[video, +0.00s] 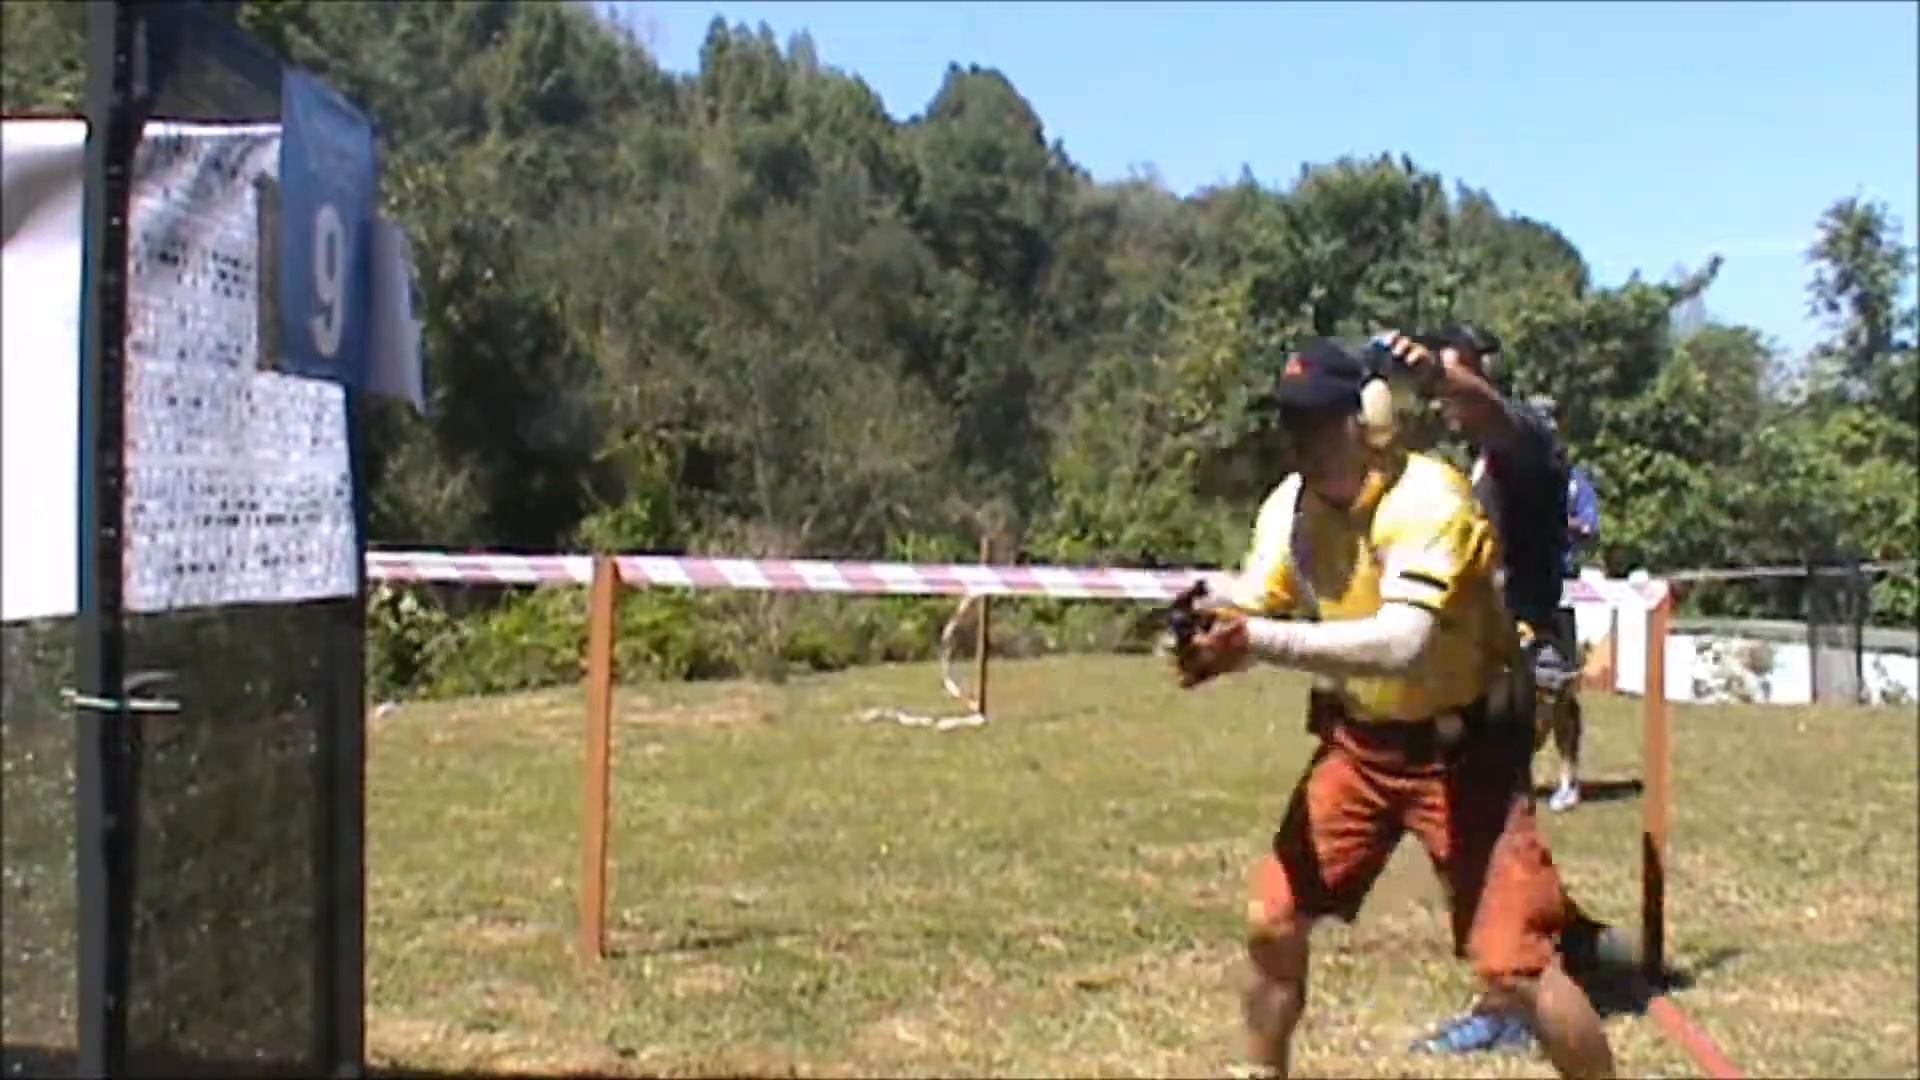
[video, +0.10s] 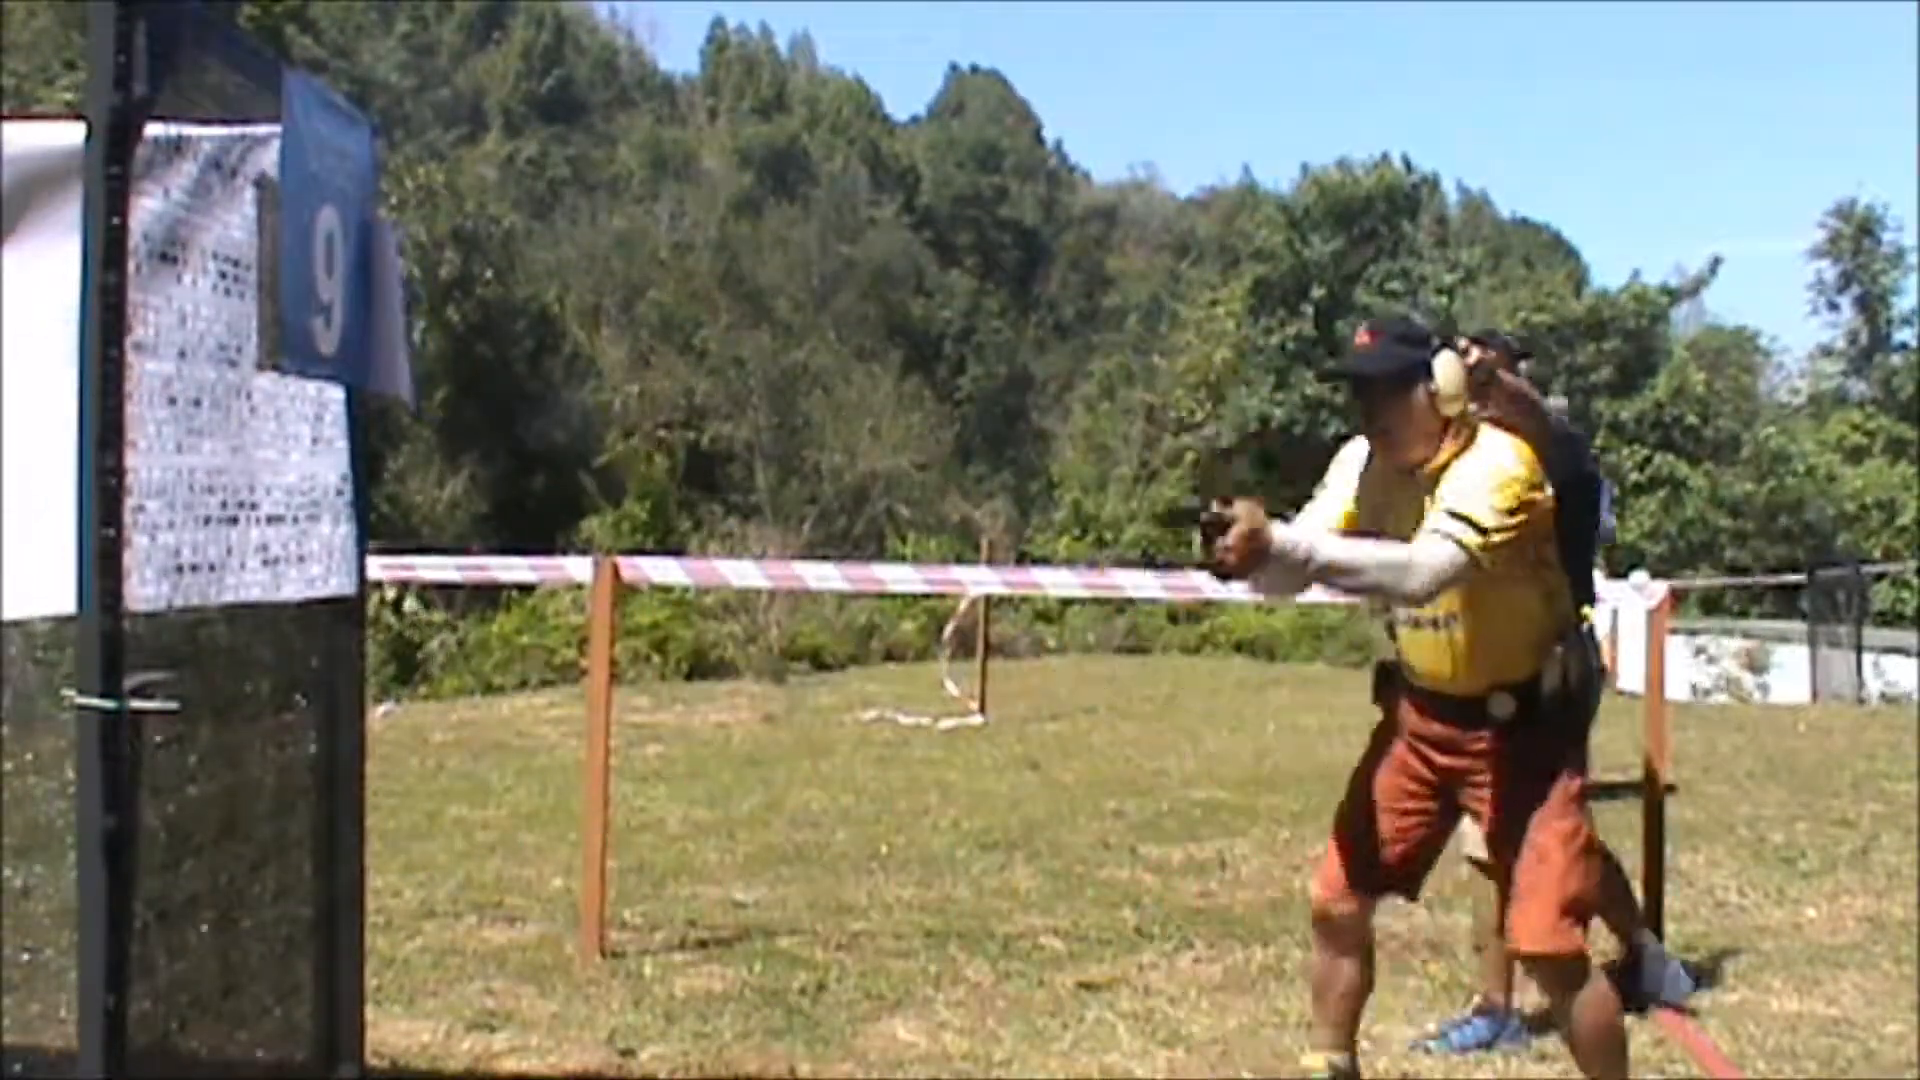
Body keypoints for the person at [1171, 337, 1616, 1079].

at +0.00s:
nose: (1299, 442)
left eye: (1315, 424)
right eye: (1291, 425)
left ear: (1364, 424)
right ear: (1286, 430)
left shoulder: (1431, 500)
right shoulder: (1289, 504)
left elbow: (1399, 641)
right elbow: (1257, 609)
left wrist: (1255, 640)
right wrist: (1212, 631)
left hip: (1464, 757)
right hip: (1356, 751)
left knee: (1517, 964)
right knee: (1274, 922)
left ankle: (1598, 1073)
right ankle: (1265, 1069)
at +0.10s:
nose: (1372, 409)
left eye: (1387, 391)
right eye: (1364, 392)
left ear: (1434, 391)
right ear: (1361, 396)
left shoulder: (1499, 463)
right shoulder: (1362, 459)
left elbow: (1423, 573)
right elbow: (1293, 575)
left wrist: (1291, 546)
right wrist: (1252, 555)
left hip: (1525, 731)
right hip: (1419, 722)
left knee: (1552, 949)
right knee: (1337, 902)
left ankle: (1611, 1075)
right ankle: (1333, 1065)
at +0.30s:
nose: (1410, 401)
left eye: (1425, 381)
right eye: (1404, 383)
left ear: (1482, 373)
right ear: (1405, 382)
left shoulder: (1556, 434)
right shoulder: (1437, 440)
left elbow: (1436, 477)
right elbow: (1359, 471)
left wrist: (1300, 428)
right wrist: (1278, 439)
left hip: (1585, 704)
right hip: (1478, 697)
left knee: (1598, 927)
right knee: (1440, 892)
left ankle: (1621, 1074)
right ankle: (1400, 1065)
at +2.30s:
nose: (1447, 392)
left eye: (1461, 371)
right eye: (1440, 373)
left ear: (1514, 360)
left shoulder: (1588, 427)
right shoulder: (1488, 436)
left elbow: (1470, 457)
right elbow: (1404, 471)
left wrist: (1338, 409)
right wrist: (1320, 429)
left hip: (1599, 708)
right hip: (1501, 699)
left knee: (1593, 942)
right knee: (1462, 918)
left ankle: (1621, 1072)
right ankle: (1432, 1071)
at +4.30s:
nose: (1411, 417)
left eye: (1423, 405)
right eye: (1413, 404)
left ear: (1469, 421)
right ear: (1457, 423)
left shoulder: (1549, 486)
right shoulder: (1420, 481)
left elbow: (1455, 576)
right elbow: (1322, 565)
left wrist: (1321, 516)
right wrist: (1291, 508)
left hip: (1557, 751)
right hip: (1457, 734)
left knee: (1562, 962)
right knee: (1355, 896)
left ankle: (1609, 1073)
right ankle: (1355, 1066)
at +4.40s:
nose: (1389, 469)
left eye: (1402, 461)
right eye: (1394, 457)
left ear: (1441, 475)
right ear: (1423, 468)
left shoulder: (1523, 526)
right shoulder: (1394, 515)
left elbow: (1420, 618)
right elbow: (1297, 605)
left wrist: (1277, 570)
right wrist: (1247, 581)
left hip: (1535, 773)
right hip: (1433, 757)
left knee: (1548, 972)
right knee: (1311, 901)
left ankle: (1606, 1073)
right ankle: (1294, 1062)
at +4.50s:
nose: (1296, 509)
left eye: (1304, 495)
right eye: (1297, 495)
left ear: (1343, 502)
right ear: (1322, 507)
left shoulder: (1426, 544)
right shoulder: (1315, 564)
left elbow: (1422, 644)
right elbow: (1244, 633)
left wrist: (1314, 680)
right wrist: (1162, 620)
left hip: (1473, 796)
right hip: (1374, 785)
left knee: (1501, 990)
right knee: (1244, 904)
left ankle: (1590, 1072)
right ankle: (1201, 1064)